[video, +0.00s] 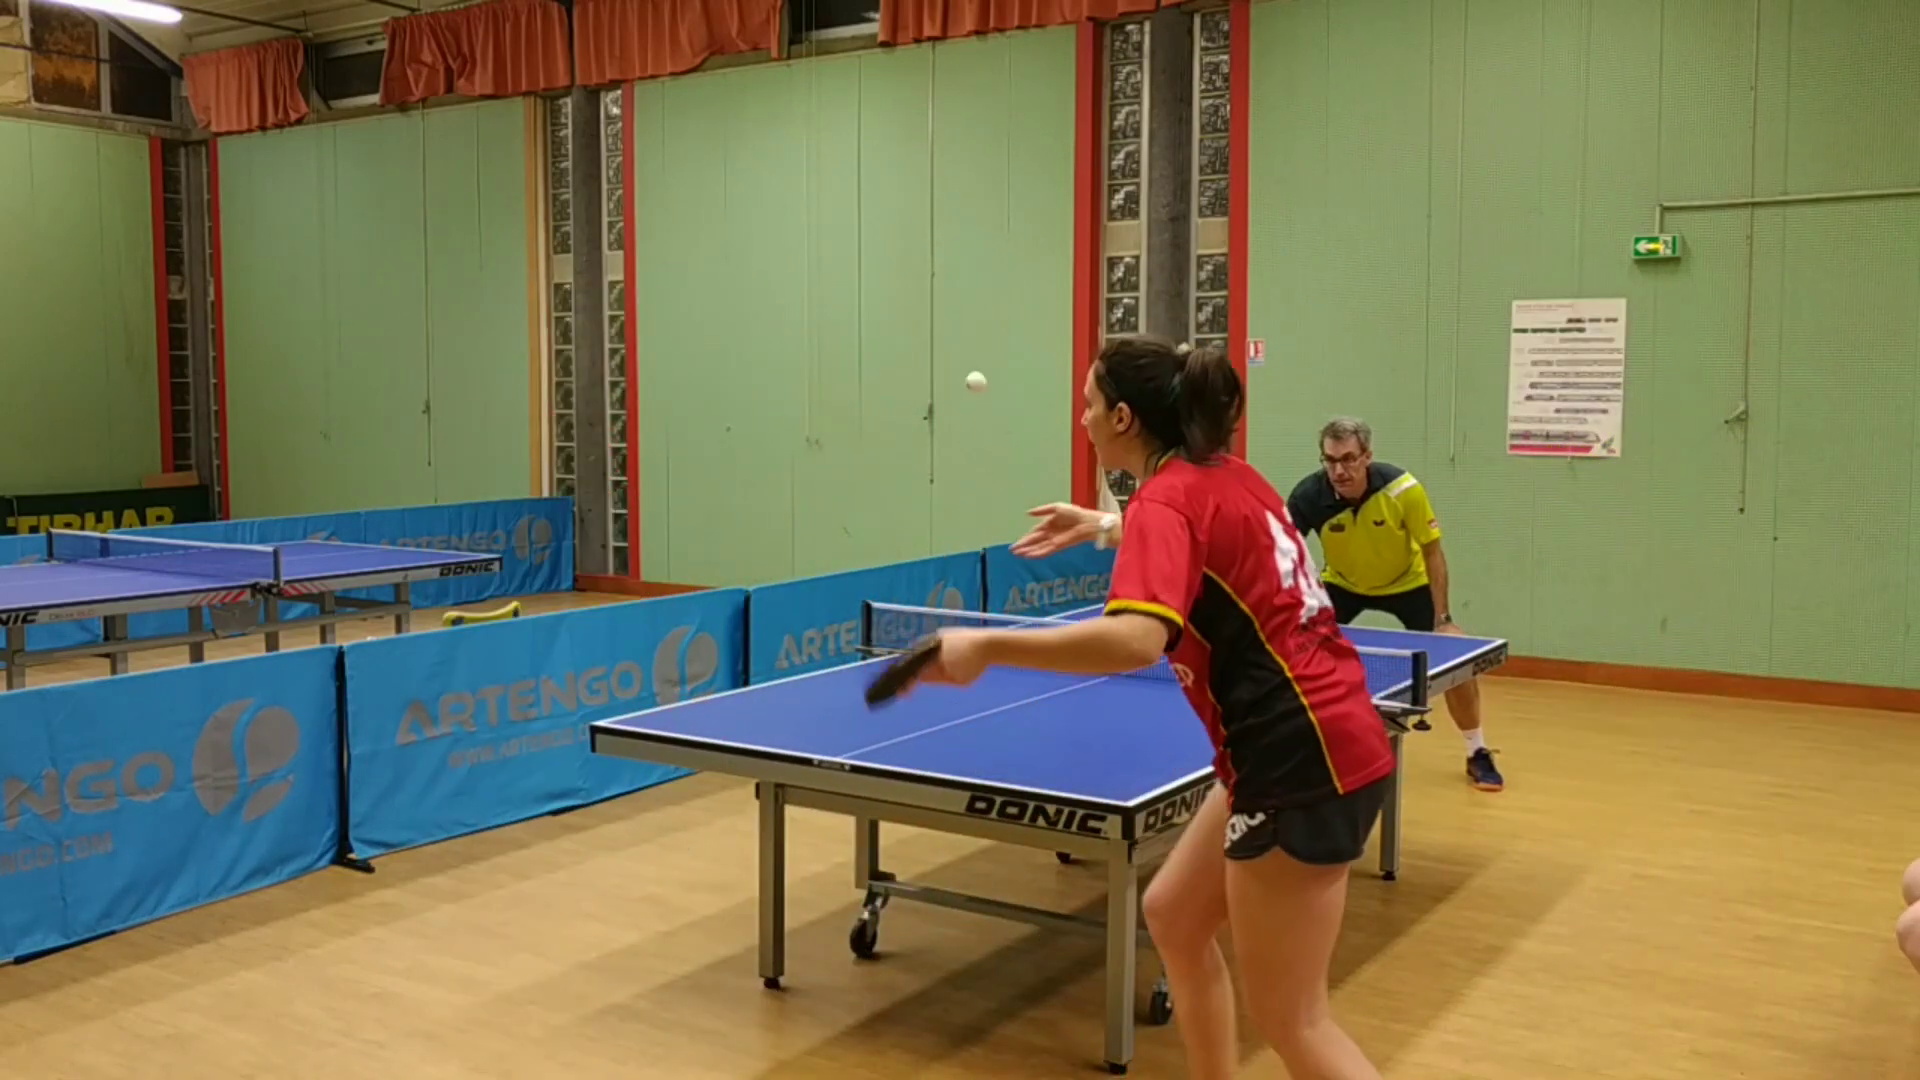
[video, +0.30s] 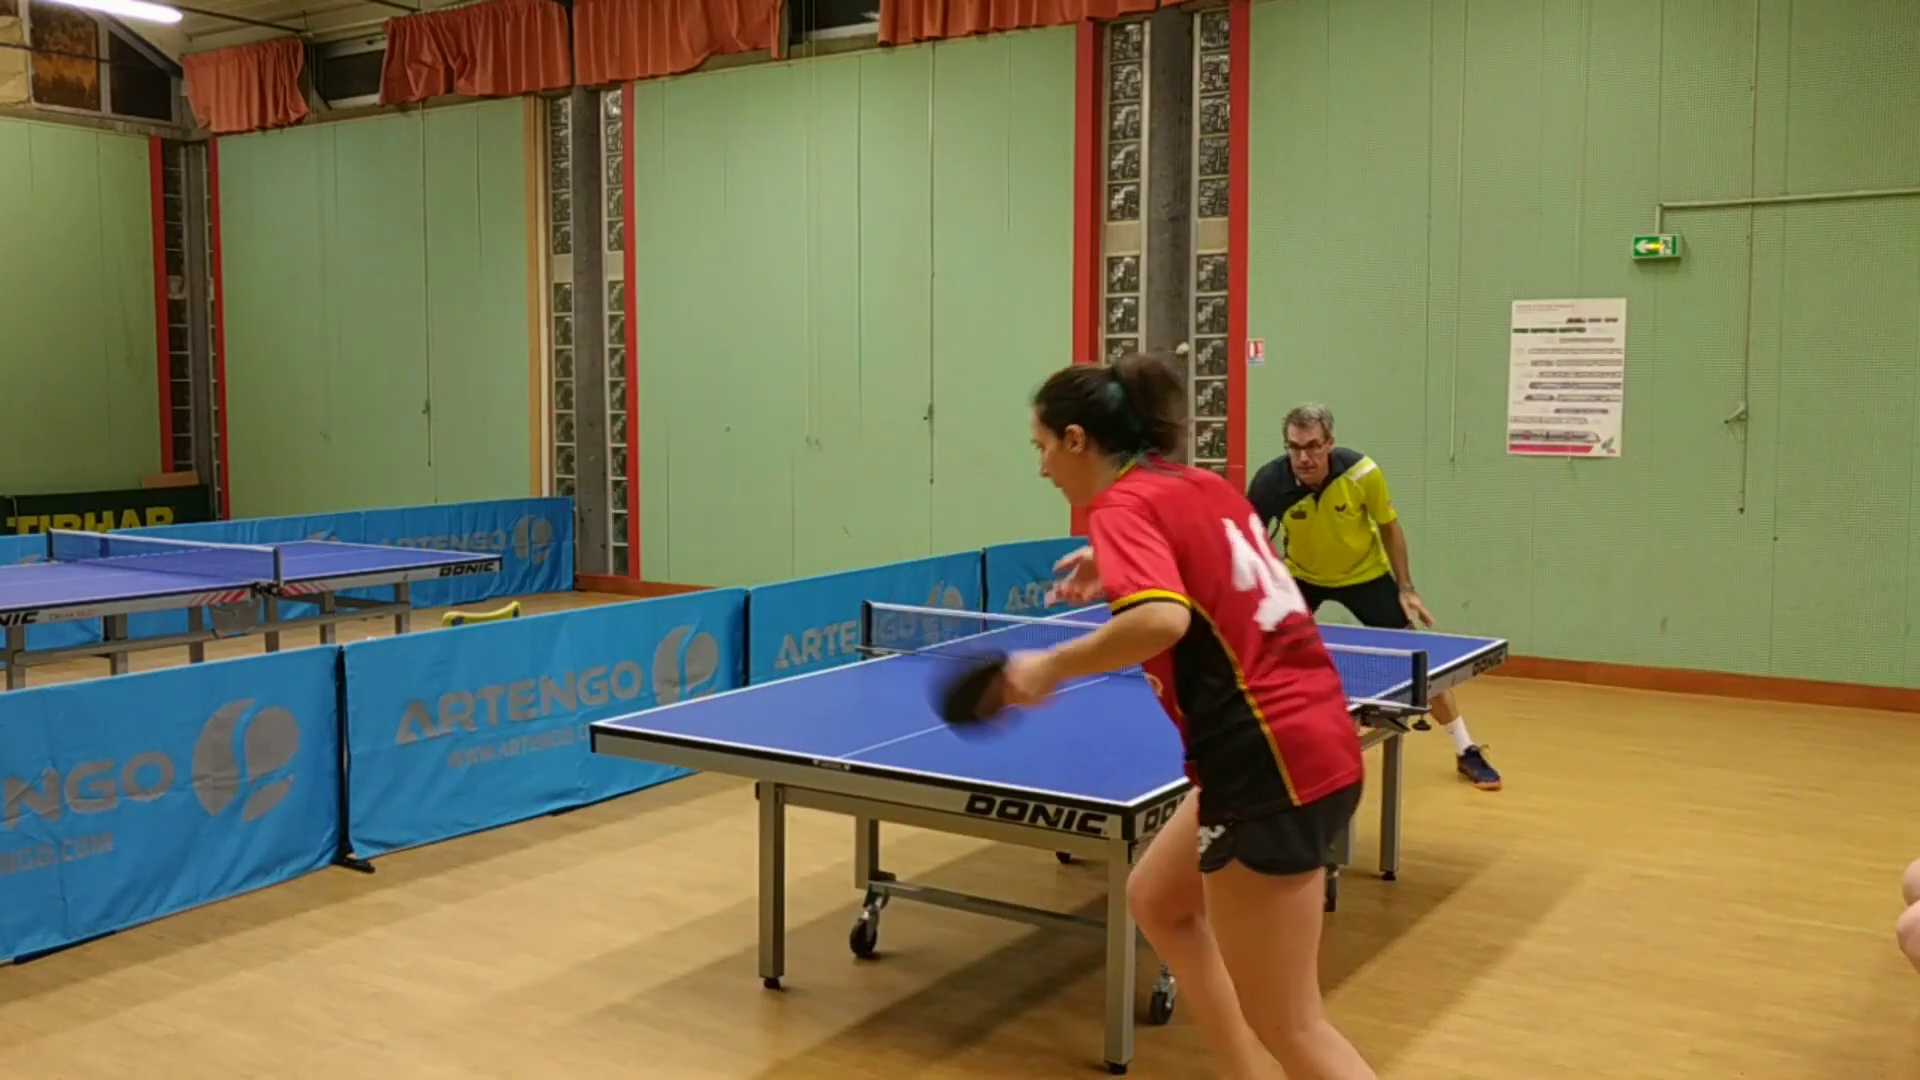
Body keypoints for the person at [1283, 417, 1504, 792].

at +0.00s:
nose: (1340, 470)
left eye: (1349, 459)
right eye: (1331, 461)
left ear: (1367, 455)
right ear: (1322, 460)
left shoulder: (1401, 487)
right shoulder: (1308, 498)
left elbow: (1432, 552)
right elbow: (1279, 548)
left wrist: (1442, 618)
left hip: (1407, 584)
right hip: (1342, 586)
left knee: (1454, 657)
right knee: (1295, 652)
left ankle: (1478, 753)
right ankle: (1290, 749)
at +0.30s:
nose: (1304, 457)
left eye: (1312, 447)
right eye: (1296, 448)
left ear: (1329, 443)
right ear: (1286, 446)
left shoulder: (1360, 472)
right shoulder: (1269, 485)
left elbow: (1390, 528)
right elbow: (1249, 544)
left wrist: (1406, 588)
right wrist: (1266, 594)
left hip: (1365, 577)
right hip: (1303, 579)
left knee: (1417, 654)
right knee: (1264, 655)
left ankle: (1467, 750)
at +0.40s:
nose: (1294, 450)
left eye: (1303, 440)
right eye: (1286, 441)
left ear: (1321, 436)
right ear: (1277, 439)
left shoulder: (1351, 463)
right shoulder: (1260, 475)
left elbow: (1378, 518)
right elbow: (1233, 530)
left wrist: (1394, 578)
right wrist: (1237, 546)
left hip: (1357, 569)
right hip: (1295, 571)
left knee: (1404, 647)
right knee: (1261, 649)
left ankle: (1443, 744)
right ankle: (1254, 745)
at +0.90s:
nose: (1267, 472)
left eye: (1276, 462)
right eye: (1259, 462)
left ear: (1294, 451)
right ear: (1249, 454)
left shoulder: (1326, 472)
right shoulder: (1236, 485)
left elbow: (1360, 519)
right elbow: (1183, 540)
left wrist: (1378, 580)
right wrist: (1225, 520)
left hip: (1329, 583)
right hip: (1267, 582)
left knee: (1378, 657)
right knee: (1220, 651)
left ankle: (1411, 740)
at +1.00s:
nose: (1243, 485)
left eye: (1252, 475)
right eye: (1235, 475)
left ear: (1269, 464)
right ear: (1225, 467)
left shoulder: (1301, 484)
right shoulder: (1211, 495)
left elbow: (1335, 533)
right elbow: (1154, 549)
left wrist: (1360, 588)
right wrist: (1197, 531)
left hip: (1309, 596)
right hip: (1244, 594)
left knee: (1359, 664)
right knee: (1188, 651)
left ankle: (1403, 740)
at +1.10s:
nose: (1224, 488)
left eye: (1233, 477)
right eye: (1216, 479)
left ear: (1251, 466)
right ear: (1205, 470)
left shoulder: (1279, 486)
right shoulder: (1191, 497)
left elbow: (1311, 533)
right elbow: (1141, 535)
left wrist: (1339, 589)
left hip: (1291, 596)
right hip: (1228, 595)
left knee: (1345, 664)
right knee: (1178, 651)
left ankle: (1398, 742)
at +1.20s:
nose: (1215, 482)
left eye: (1223, 471)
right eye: (1206, 472)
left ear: (1240, 459)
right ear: (1195, 464)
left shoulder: (1268, 482)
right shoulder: (1181, 493)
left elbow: (1299, 528)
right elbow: (1128, 521)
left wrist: (1324, 583)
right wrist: (1106, 538)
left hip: (1282, 593)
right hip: (1219, 594)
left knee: (1332, 663)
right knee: (1184, 657)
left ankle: (1379, 740)